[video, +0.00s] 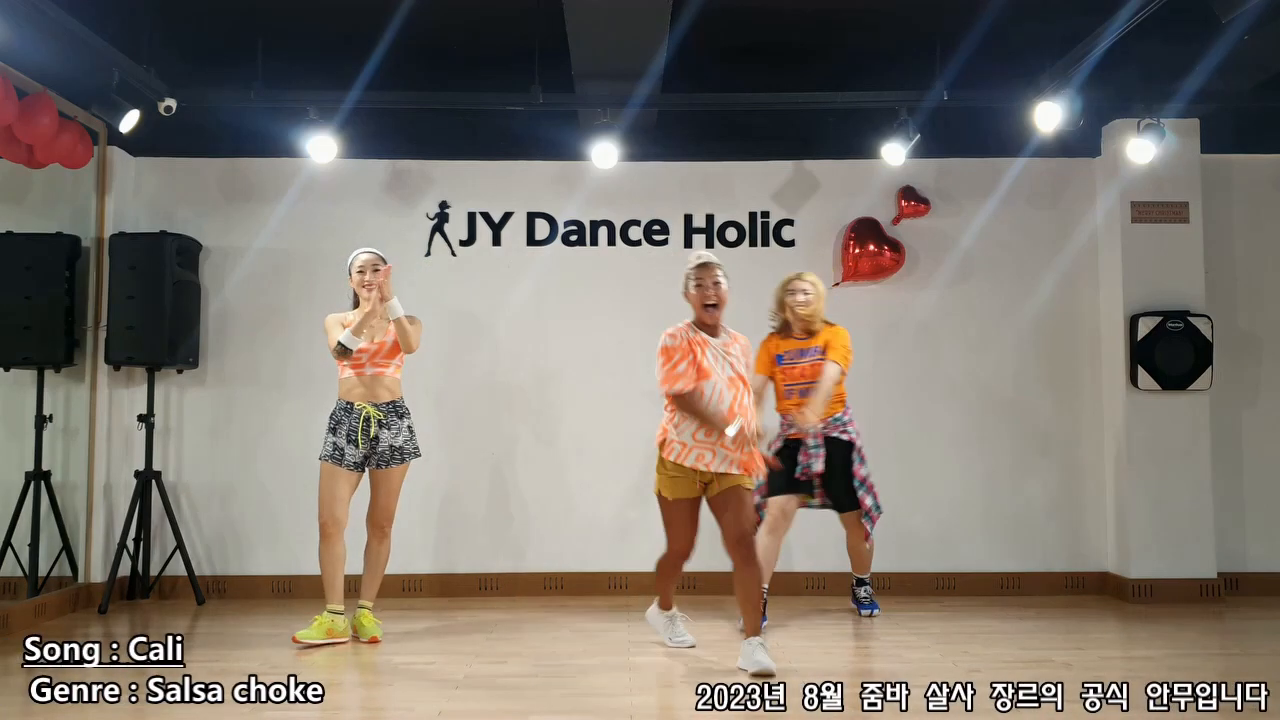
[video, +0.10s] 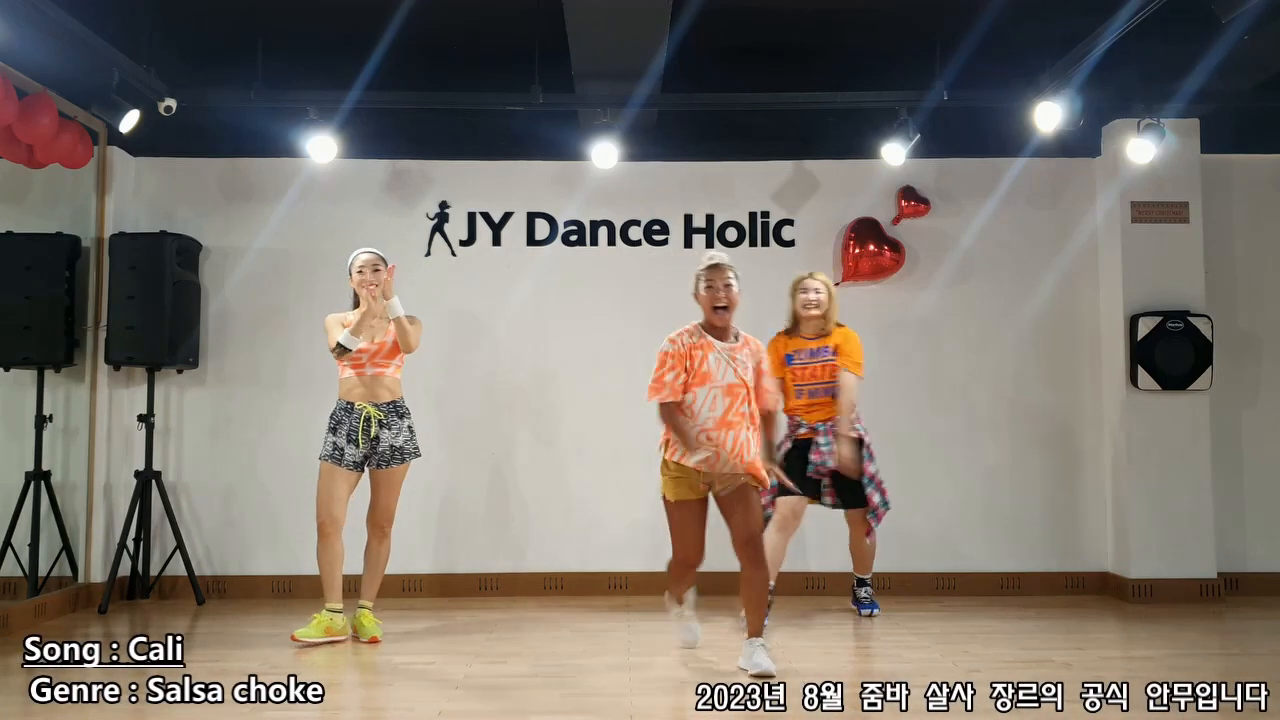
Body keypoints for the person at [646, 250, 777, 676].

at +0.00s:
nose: (710, 291)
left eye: (717, 283)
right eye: (700, 285)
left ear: (727, 291)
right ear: (687, 294)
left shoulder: (739, 344)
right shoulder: (676, 338)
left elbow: (744, 404)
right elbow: (681, 395)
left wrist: (754, 449)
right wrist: (724, 426)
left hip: (729, 461)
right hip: (681, 459)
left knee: (743, 543)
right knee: (680, 547)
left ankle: (753, 640)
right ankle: (662, 609)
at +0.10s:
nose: (721, 293)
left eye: (728, 286)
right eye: (711, 287)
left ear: (738, 294)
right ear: (697, 296)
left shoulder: (753, 349)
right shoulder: (679, 345)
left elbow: (767, 410)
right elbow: (667, 406)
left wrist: (769, 458)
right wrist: (693, 445)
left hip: (738, 465)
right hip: (685, 464)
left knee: (752, 547)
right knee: (688, 557)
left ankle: (755, 643)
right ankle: (678, 602)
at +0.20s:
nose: (727, 299)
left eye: (735, 291)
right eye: (718, 292)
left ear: (747, 300)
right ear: (705, 301)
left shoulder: (764, 358)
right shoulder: (682, 351)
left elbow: (798, 418)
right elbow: (653, 410)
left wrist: (814, 478)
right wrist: (638, 467)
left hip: (743, 467)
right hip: (687, 464)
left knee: (763, 548)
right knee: (688, 561)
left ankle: (757, 644)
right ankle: (711, 584)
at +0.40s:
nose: (715, 282)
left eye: (723, 273)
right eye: (706, 274)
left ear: (737, 278)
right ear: (694, 281)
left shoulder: (758, 336)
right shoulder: (674, 333)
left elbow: (789, 398)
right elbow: (629, 382)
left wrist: (786, 444)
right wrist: (608, 438)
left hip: (742, 451)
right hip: (686, 443)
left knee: (755, 545)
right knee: (657, 507)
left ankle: (761, 639)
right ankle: (691, 578)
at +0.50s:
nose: (701, 269)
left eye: (710, 260)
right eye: (692, 261)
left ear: (723, 268)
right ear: (679, 269)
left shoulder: (746, 323)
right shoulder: (662, 321)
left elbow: (786, 383)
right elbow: (621, 368)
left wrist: (750, 416)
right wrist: (618, 421)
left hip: (733, 440)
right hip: (677, 434)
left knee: (748, 541)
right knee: (647, 523)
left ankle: (766, 635)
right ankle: (643, 621)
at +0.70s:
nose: (667, 292)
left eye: (676, 283)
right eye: (657, 284)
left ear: (690, 291)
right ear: (645, 293)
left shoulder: (717, 346)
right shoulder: (627, 346)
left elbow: (760, 401)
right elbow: (584, 400)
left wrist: (717, 388)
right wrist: (595, 399)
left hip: (703, 472)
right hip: (644, 468)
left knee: (729, 559)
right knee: (614, 559)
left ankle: (765, 639)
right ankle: (590, 669)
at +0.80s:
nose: (648, 289)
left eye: (657, 280)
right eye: (638, 280)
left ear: (672, 289)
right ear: (626, 289)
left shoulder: (695, 348)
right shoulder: (605, 346)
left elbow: (704, 420)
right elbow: (588, 412)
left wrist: (662, 431)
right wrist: (618, 430)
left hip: (677, 466)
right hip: (619, 465)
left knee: (714, 567)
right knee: (599, 559)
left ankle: (714, 597)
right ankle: (588, 668)